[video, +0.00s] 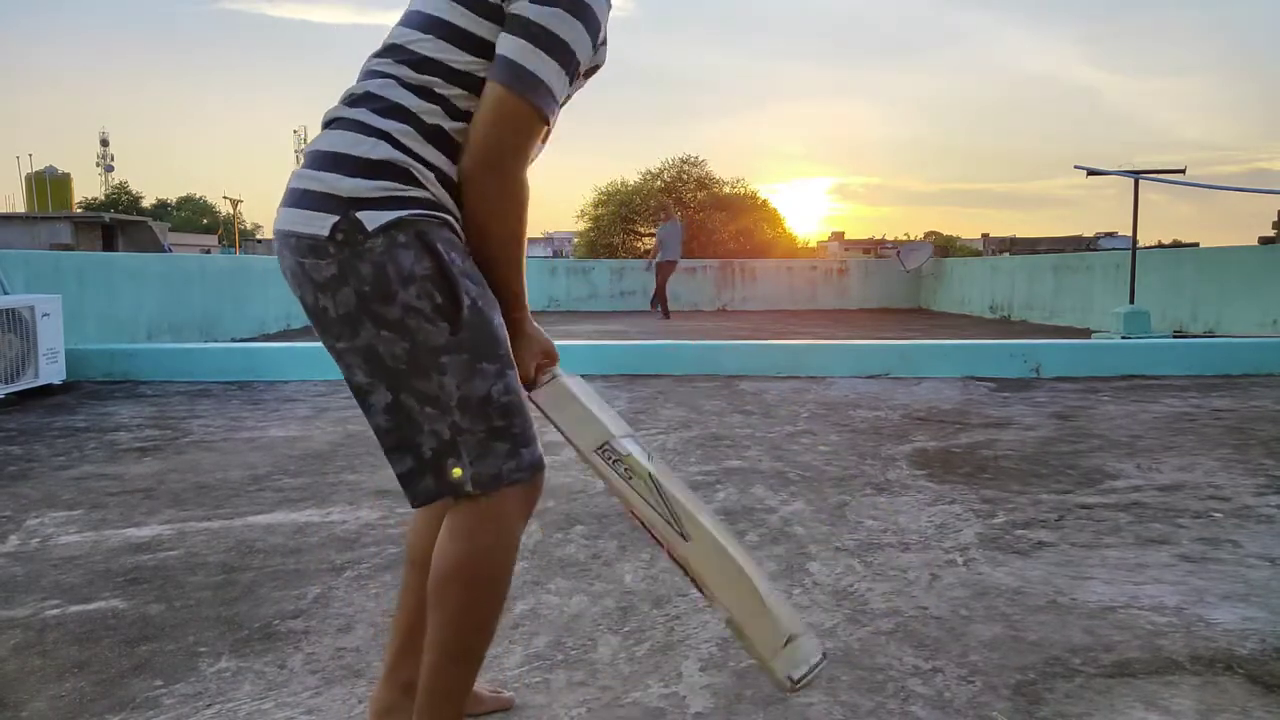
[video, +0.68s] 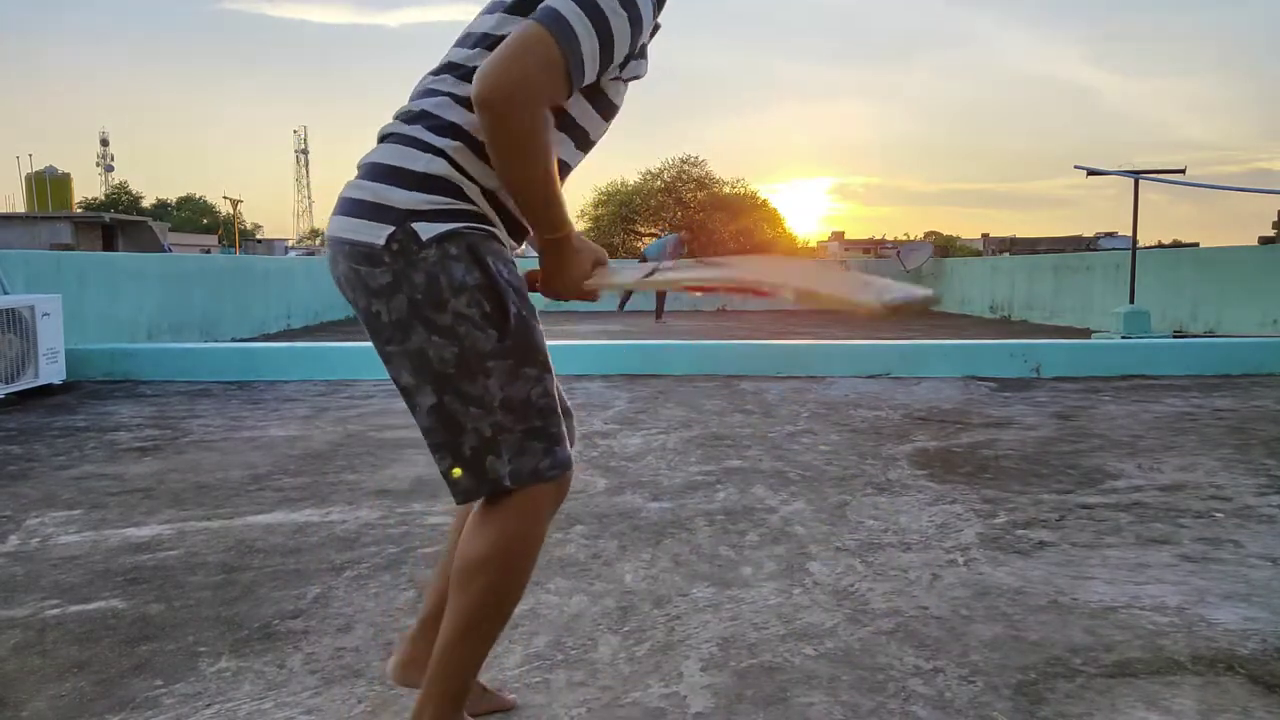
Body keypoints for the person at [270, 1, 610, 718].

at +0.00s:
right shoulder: (569, 7)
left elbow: (465, 167)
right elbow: (490, 168)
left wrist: (502, 320)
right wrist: (516, 322)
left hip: (327, 215)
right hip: (381, 216)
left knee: (449, 483)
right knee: (503, 477)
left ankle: (403, 689)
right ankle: (441, 701)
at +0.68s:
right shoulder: (620, 3)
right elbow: (508, 89)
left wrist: (551, 245)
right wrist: (558, 239)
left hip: (392, 225)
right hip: (428, 228)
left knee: (516, 455)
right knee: (536, 472)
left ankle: (427, 649)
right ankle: (440, 704)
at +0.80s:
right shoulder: (632, 2)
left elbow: (512, 136)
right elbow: (536, 9)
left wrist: (589, 231)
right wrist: (621, 169)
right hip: (438, 219)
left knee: (553, 405)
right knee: (529, 474)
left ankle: (518, 643)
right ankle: (437, 706)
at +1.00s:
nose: (699, 10)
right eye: (692, 12)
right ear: (678, 0)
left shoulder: (575, 21)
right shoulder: (656, 2)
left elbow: (634, 127)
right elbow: (587, 104)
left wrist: (711, 220)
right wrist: (706, 228)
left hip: (412, 247)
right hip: (497, 250)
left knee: (545, 456)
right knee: (560, 494)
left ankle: (622, 612)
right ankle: (434, 708)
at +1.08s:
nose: (718, 15)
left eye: (721, 8)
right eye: (723, 6)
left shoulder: (573, 8)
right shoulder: (670, 40)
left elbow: (681, 149)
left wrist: (746, 250)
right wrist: (719, 293)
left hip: (433, 254)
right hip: (522, 262)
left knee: (554, 454)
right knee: (568, 485)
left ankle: (624, 612)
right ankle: (435, 705)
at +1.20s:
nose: (739, 13)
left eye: (740, 8)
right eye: (741, 8)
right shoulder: (704, 48)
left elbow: (578, 96)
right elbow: (681, 207)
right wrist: (676, 246)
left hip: (454, 238)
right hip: (553, 261)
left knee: (540, 453)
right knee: (569, 475)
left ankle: (610, 612)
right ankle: (433, 677)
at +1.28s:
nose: (752, 1)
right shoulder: (729, 59)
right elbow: (696, 151)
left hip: (470, 244)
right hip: (572, 273)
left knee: (544, 450)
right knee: (560, 469)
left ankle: (611, 609)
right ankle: (431, 662)